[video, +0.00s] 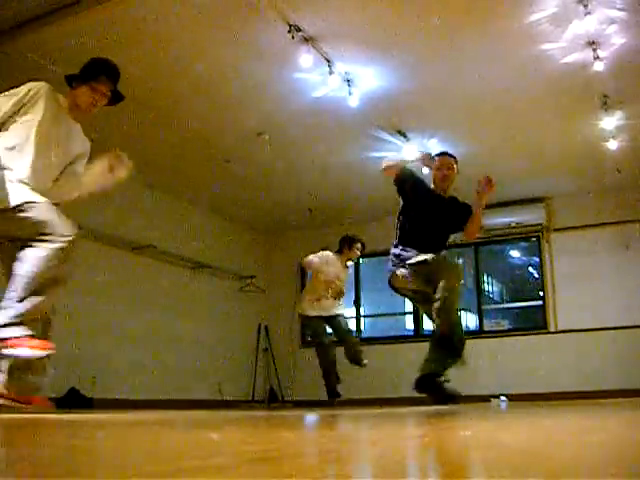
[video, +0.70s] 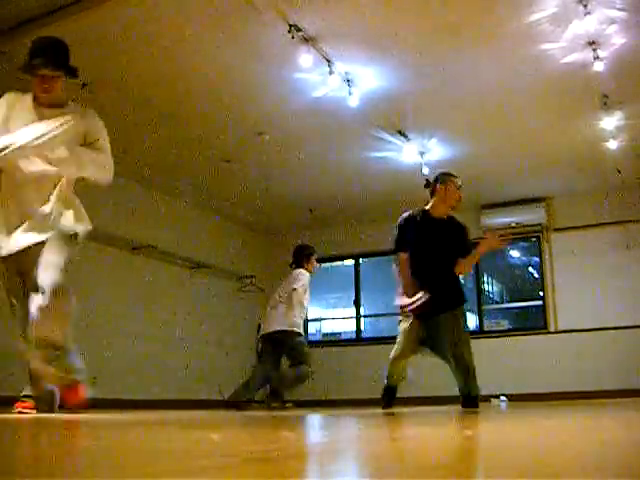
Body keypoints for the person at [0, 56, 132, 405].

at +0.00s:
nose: (97, 102)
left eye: (103, 100)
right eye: (94, 92)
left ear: (103, 106)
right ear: (77, 83)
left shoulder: (80, 144)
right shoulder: (39, 93)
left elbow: (56, 191)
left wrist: (94, 178)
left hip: (32, 199)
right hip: (6, 183)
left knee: (39, 285)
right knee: (59, 232)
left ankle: (18, 382)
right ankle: (12, 323)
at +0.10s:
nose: (100, 119)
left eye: (106, 115)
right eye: (97, 108)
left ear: (108, 120)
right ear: (81, 101)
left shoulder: (80, 155)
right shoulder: (42, 111)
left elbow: (54, 206)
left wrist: (85, 165)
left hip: (17, 216)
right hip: (3, 201)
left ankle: (1, 383)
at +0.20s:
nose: (97, 142)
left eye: (104, 136)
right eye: (92, 132)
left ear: (108, 140)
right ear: (75, 127)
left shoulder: (80, 179)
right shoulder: (43, 142)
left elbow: (51, 223)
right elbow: (0, 161)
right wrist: (9, 200)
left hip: (13, 248)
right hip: (2, 242)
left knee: (31, 310)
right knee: (24, 307)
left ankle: (1, 392)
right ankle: (0, 393)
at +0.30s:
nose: (92, 144)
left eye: (99, 138)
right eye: (87, 134)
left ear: (103, 140)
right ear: (68, 129)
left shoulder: (80, 180)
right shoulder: (37, 151)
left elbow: (51, 226)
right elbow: (15, 210)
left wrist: (52, 263)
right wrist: (68, 248)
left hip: (27, 267)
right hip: (3, 258)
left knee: (36, 320)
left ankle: (1, 389)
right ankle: (1, 392)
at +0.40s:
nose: (81, 124)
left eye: (87, 118)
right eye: (76, 115)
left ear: (92, 119)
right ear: (60, 110)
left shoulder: (84, 157)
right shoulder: (34, 132)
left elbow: (65, 205)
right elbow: (33, 189)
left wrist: (45, 252)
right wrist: (84, 203)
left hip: (32, 241)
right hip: (4, 233)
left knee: (35, 301)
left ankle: (5, 391)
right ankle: (4, 392)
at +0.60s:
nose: (58, 84)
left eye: (65, 77)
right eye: (52, 76)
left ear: (79, 76)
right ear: (43, 74)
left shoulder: (94, 115)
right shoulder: (24, 91)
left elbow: (94, 161)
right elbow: (23, 139)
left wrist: (55, 165)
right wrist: (80, 130)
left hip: (49, 210)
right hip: (8, 208)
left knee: (44, 268)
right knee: (10, 292)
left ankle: (14, 377)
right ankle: (17, 384)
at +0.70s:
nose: (46, 83)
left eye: (54, 76)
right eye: (40, 75)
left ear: (66, 79)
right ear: (29, 76)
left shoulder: (84, 119)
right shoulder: (10, 106)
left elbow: (105, 170)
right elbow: (2, 149)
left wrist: (64, 154)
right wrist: (28, 144)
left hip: (56, 221)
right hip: (11, 223)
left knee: (48, 292)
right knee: (21, 308)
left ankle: (69, 378)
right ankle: (38, 391)